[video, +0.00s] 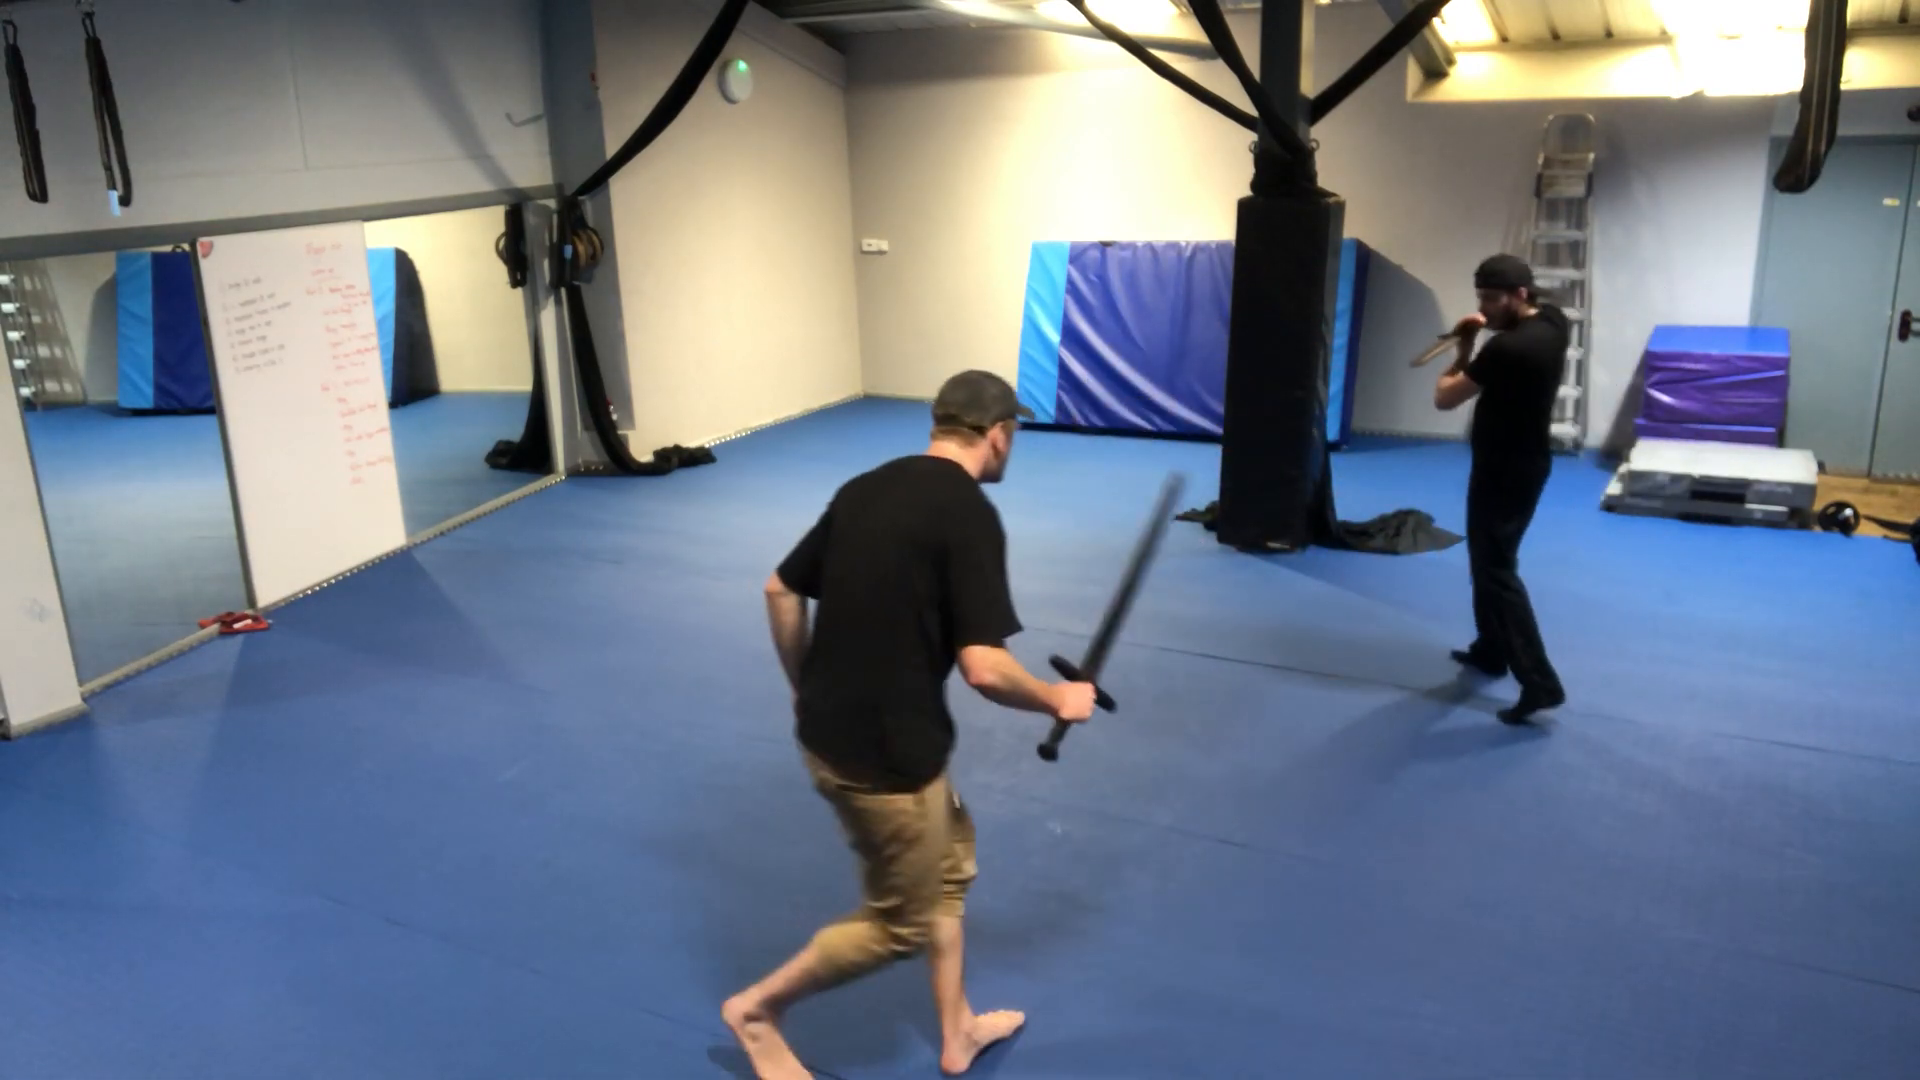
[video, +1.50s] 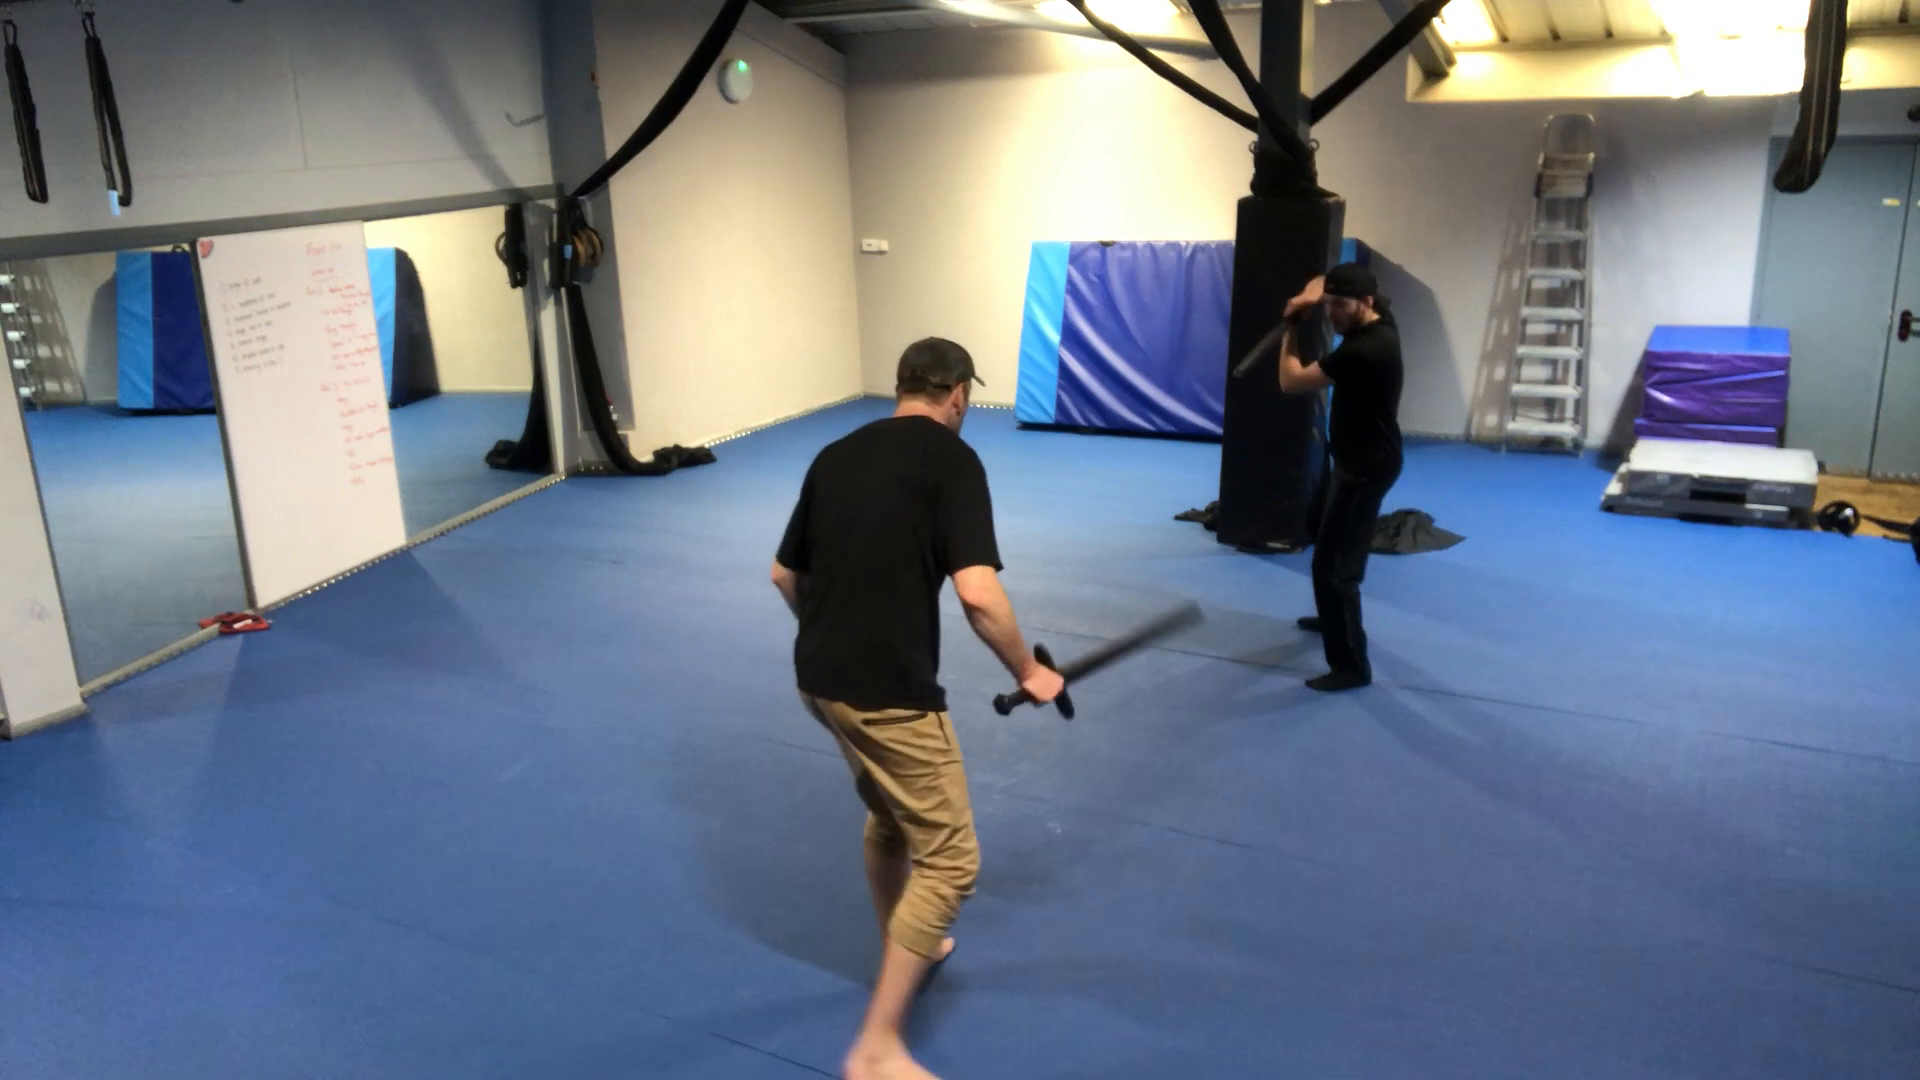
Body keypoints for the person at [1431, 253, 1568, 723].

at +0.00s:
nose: (1483, 308)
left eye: (1491, 299)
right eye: (1481, 298)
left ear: (1519, 296)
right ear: (1525, 296)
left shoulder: (1505, 347)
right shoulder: (1553, 324)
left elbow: (1445, 397)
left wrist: (1463, 353)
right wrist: (1482, 327)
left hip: (1499, 466)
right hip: (1528, 459)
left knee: (1493, 569)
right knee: (1491, 561)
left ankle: (1540, 683)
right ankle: (1492, 649)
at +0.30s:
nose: (1464, 301)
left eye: (1470, 292)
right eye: (1461, 293)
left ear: (1498, 290)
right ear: (1502, 289)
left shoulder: (1492, 340)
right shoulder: (1525, 317)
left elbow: (1424, 382)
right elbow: (1502, 290)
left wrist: (1434, 330)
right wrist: (1460, 308)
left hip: (1481, 459)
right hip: (1505, 454)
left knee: (1436, 554)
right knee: (1483, 552)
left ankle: (1472, 662)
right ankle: (1490, 654)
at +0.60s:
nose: (1432, 303)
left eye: (1439, 295)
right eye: (1432, 294)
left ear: (1466, 293)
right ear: (1471, 294)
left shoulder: (1461, 342)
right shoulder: (1495, 320)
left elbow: (1393, 379)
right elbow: (1476, 291)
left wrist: (1405, 324)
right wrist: (1435, 298)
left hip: (1455, 465)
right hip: (1480, 460)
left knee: (1411, 561)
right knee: (1466, 554)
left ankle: (1364, 658)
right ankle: (1486, 651)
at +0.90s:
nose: (1384, 306)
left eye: (1389, 298)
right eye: (1383, 298)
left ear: (1415, 297)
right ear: (1423, 296)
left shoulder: (1411, 344)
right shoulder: (1448, 323)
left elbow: (1343, 378)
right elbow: (1426, 295)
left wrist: (1360, 326)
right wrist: (1380, 299)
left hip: (1410, 467)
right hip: (1436, 460)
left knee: (1369, 564)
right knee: (1429, 552)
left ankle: (1354, 667)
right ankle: (1472, 642)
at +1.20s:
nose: (1345, 317)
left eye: (1350, 309)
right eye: (1342, 309)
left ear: (1375, 305)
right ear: (1381, 304)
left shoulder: (1371, 351)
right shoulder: (1406, 324)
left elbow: (1302, 382)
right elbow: (1378, 304)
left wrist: (1319, 327)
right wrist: (1342, 301)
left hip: (1380, 467)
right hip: (1402, 457)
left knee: (1338, 559)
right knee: (1373, 543)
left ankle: (1349, 668)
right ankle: (1376, 627)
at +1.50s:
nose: (1330, 315)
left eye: (1336, 307)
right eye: (1328, 306)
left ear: (1360, 303)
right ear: (1359, 300)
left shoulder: (1363, 349)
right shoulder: (1378, 318)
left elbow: (1290, 381)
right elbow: (1342, 279)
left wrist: (1290, 326)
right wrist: (1311, 293)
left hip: (1366, 467)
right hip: (1358, 457)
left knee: (1333, 565)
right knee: (1332, 538)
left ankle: (1350, 669)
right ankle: (1334, 617)